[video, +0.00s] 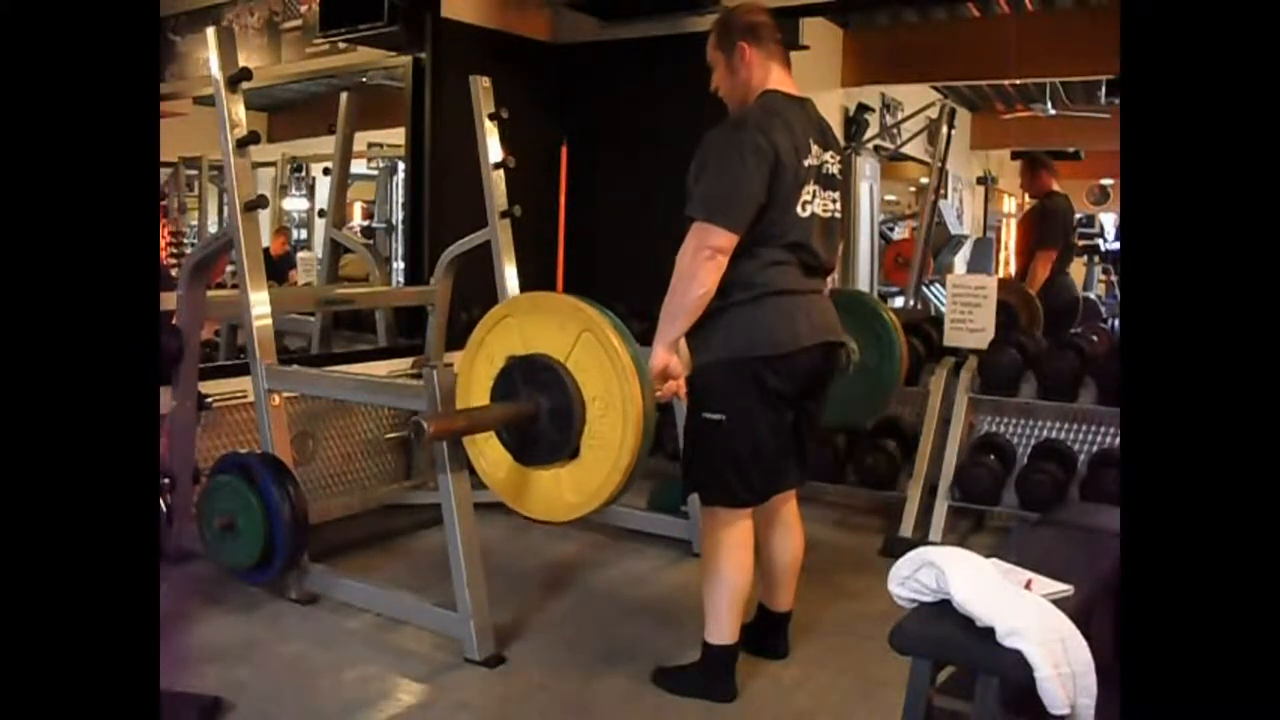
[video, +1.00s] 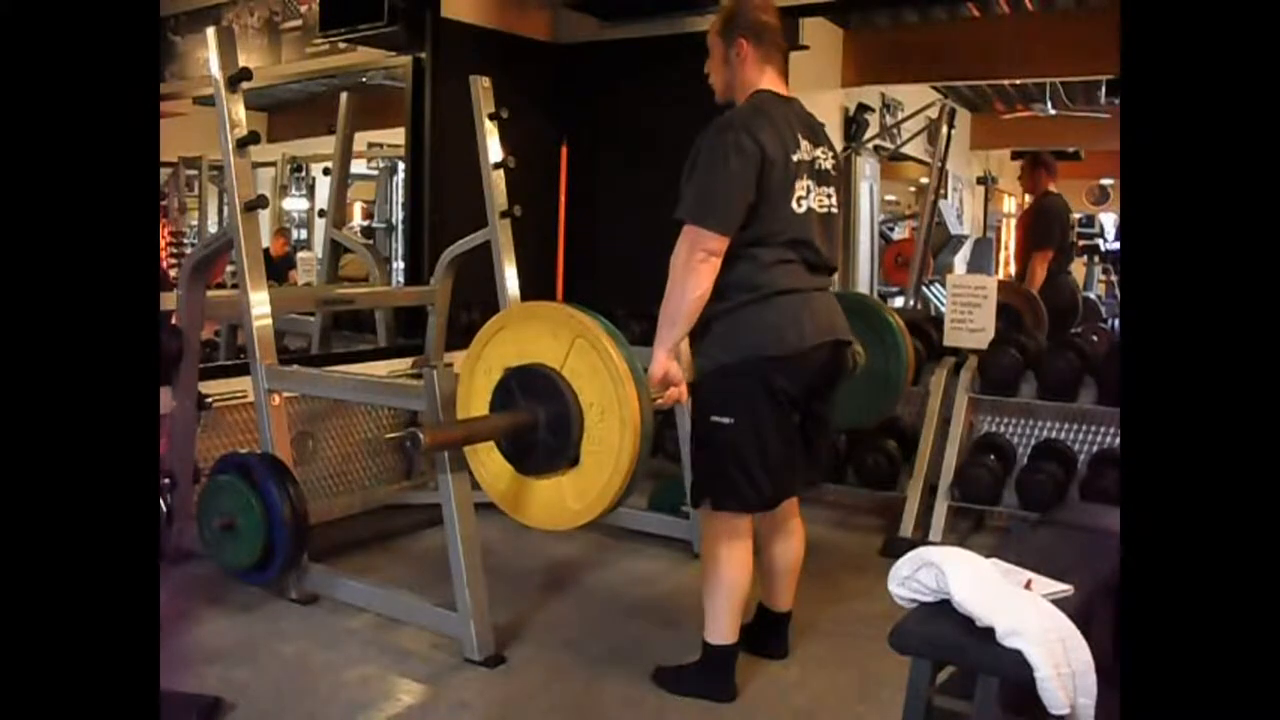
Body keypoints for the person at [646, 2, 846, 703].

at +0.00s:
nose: (715, 84)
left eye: (716, 68)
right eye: (713, 70)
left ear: (744, 55)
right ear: (774, 55)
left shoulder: (746, 130)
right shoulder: (819, 129)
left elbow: (710, 247)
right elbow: (824, 253)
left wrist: (664, 342)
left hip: (745, 342)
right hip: (809, 338)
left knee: (726, 504)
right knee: (777, 490)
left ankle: (715, 668)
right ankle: (772, 631)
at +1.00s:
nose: (710, 72)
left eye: (713, 57)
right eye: (711, 58)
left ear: (741, 52)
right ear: (774, 54)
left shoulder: (737, 129)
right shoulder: (812, 129)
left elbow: (703, 247)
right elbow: (803, 248)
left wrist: (665, 346)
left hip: (749, 343)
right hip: (817, 338)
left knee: (727, 512)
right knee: (780, 498)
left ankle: (715, 668)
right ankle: (772, 630)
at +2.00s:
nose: (672, 110)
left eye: (672, 93)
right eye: (669, 95)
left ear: (699, 82)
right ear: (731, 81)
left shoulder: (711, 146)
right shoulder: (787, 139)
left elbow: (692, 265)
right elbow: (805, 248)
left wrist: (668, 372)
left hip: (770, 349)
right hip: (838, 339)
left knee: (732, 506)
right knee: (789, 496)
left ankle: (716, 667)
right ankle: (774, 631)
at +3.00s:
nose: (645, 170)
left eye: (644, 152)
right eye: (642, 155)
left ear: (666, 139)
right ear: (699, 137)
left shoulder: (688, 199)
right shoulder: (759, 184)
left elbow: (672, 317)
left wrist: (653, 428)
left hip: (799, 356)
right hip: (869, 340)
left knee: (736, 500)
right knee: (796, 497)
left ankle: (717, 668)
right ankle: (773, 630)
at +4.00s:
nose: (623, 258)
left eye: (623, 243)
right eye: (620, 245)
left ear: (646, 233)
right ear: (674, 229)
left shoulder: (673, 279)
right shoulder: (732, 260)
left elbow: (663, 399)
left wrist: (647, 515)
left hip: (823, 374)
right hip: (891, 357)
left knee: (733, 507)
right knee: (795, 503)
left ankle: (716, 669)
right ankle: (773, 629)